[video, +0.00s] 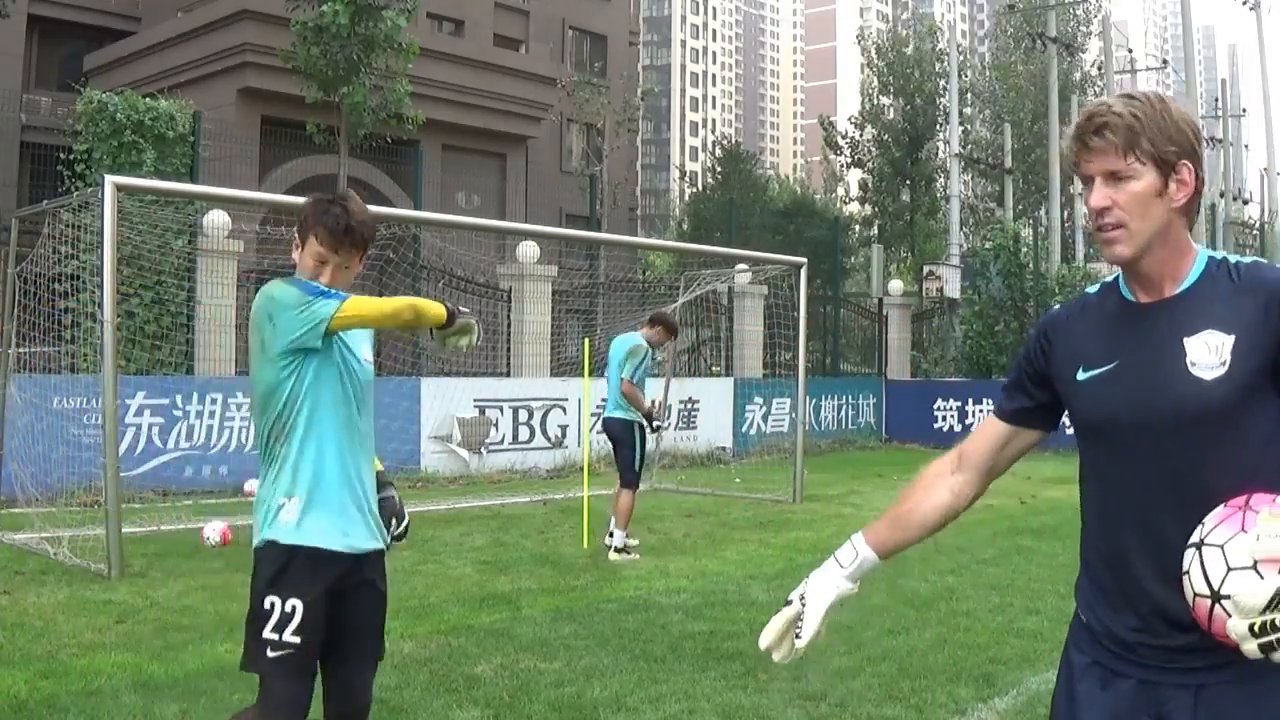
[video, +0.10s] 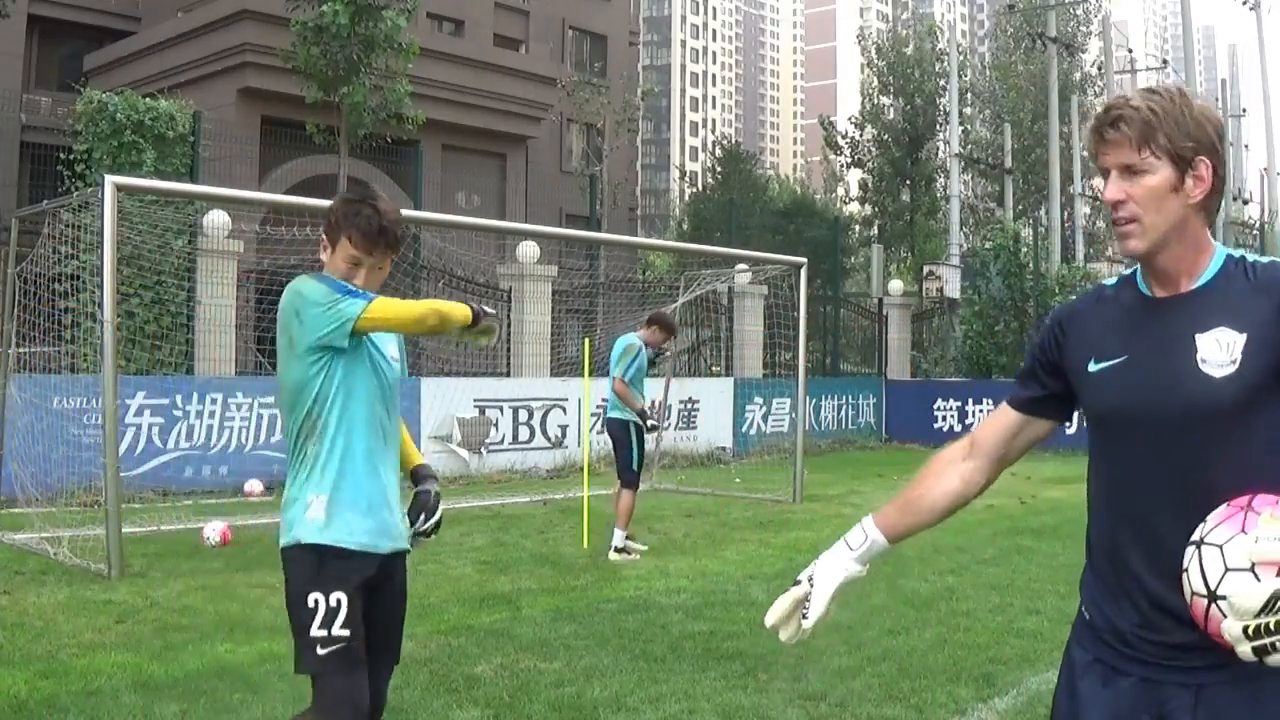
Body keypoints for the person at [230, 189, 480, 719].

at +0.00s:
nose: (328, 278)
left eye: (343, 268)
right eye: (319, 261)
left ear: (361, 265)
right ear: (297, 246)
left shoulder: (358, 320)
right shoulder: (278, 300)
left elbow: (343, 423)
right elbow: (404, 308)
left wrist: (379, 479)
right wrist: (448, 319)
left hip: (361, 546)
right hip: (295, 542)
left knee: (351, 708)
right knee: (282, 706)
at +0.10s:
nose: (365, 279)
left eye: (379, 269)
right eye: (353, 263)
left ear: (393, 265)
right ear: (325, 248)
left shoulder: (384, 324)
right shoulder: (305, 295)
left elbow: (383, 412)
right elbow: (419, 313)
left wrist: (420, 470)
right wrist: (471, 317)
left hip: (385, 538)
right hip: (324, 536)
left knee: (369, 701)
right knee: (342, 703)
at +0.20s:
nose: (416, 283)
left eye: (429, 273)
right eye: (406, 266)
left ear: (439, 270)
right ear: (373, 251)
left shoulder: (426, 321)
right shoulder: (342, 303)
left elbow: (432, 418)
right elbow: (429, 367)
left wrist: (471, 472)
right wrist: (508, 365)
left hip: (417, 538)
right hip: (364, 538)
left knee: (379, 701)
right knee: (433, 700)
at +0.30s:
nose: (457, 282)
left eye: (468, 270)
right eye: (447, 265)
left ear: (474, 270)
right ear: (409, 252)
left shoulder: (452, 327)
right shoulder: (372, 315)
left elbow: (453, 428)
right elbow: (414, 417)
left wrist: (504, 475)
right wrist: (510, 422)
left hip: (441, 542)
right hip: (394, 546)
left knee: (394, 706)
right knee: (480, 703)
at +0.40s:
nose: (520, 284)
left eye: (527, 272)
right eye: (510, 267)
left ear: (530, 272)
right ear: (470, 257)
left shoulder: (497, 334)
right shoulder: (426, 331)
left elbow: (483, 447)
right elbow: (389, 449)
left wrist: (543, 480)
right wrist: (488, 496)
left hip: (484, 562)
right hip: (446, 568)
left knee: (424, 710)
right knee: (524, 709)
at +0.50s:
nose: (559, 285)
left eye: (565, 273)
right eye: (549, 269)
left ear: (568, 271)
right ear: (507, 260)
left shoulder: (525, 336)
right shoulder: (465, 338)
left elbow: (508, 449)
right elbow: (392, 441)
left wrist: (571, 487)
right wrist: (476, 512)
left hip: (516, 568)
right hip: (496, 574)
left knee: (469, 707)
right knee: (558, 709)